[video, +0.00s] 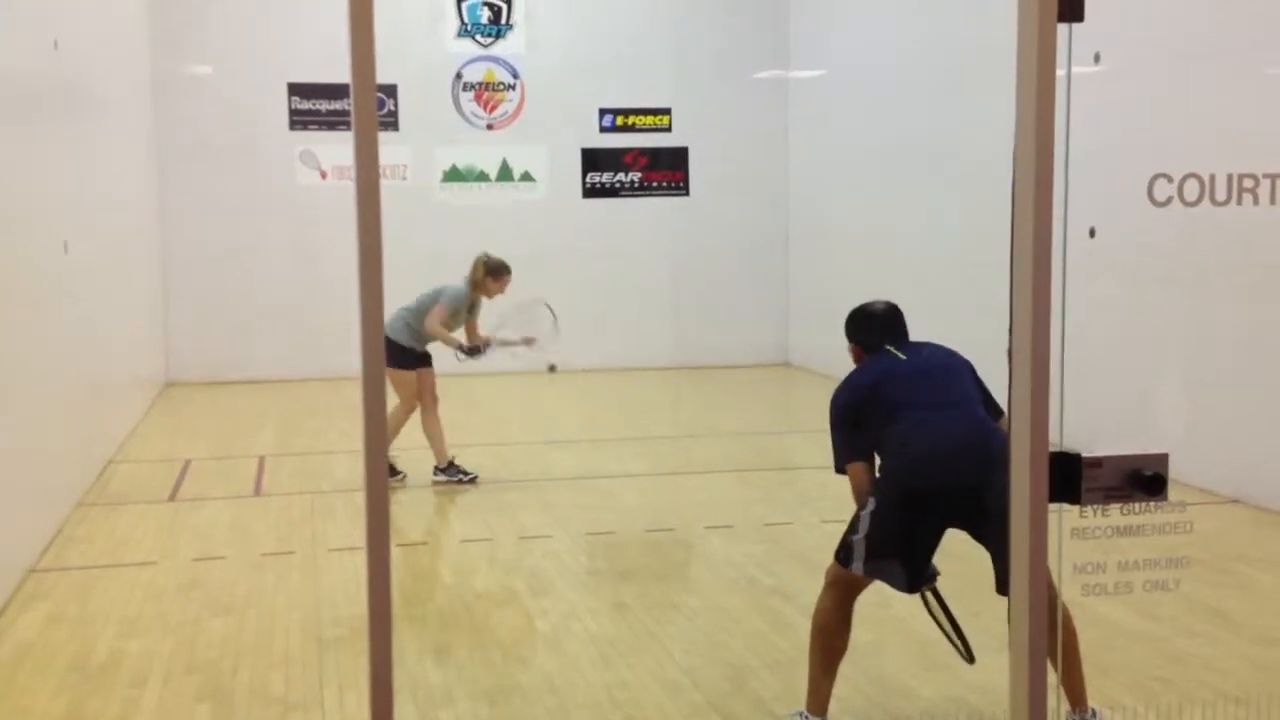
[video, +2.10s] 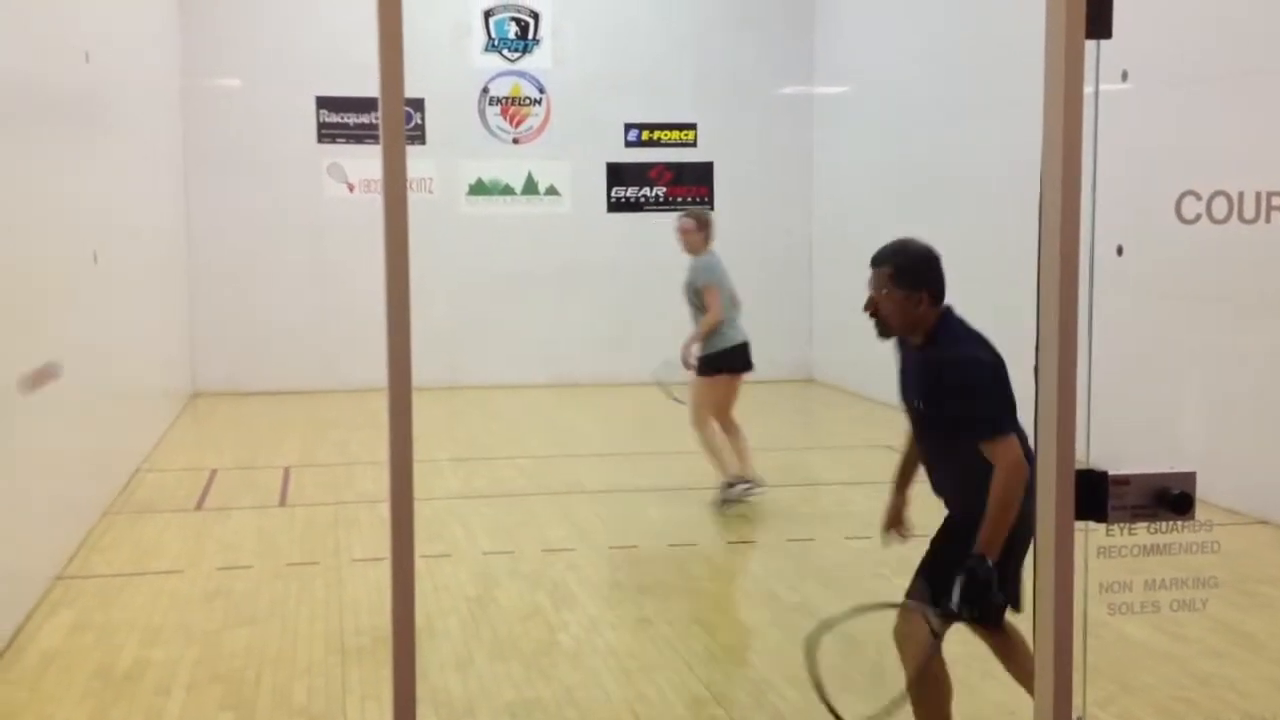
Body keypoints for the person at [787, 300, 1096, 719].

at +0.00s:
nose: (851, 355)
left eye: (850, 348)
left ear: (855, 351)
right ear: (904, 336)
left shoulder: (852, 390)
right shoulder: (949, 358)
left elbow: (863, 487)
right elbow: (999, 426)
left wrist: (900, 556)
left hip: (913, 483)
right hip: (989, 476)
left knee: (840, 586)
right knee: (1040, 585)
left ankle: (814, 713)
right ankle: (1082, 709)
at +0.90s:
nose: (907, 349)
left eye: (907, 343)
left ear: (913, 344)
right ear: (962, 335)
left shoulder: (899, 382)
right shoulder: (1004, 365)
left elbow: (873, 482)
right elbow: (1068, 441)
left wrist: (884, 527)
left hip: (929, 487)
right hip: (1008, 486)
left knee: (865, 596)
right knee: (1058, 593)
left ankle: (815, 713)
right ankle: (1077, 713)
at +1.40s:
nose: (858, 307)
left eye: (859, 300)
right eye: (859, 299)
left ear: (868, 303)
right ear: (914, 294)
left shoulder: (864, 355)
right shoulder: (960, 334)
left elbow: (847, 445)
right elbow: (996, 419)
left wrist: (824, 506)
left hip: (913, 491)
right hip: (988, 488)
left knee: (841, 590)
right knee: (1022, 609)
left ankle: (821, 711)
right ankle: (1064, 710)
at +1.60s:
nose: (853, 301)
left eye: (858, 290)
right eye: (853, 290)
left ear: (886, 287)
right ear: (906, 283)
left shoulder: (892, 337)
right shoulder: (955, 315)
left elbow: (890, 428)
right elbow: (981, 405)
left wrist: (847, 515)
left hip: (942, 487)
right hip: (1002, 483)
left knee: (875, 598)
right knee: (975, 596)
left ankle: (835, 711)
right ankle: (1044, 702)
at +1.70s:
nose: (864, 294)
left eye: (871, 284)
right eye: (864, 284)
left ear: (899, 283)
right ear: (914, 279)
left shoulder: (918, 333)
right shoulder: (964, 313)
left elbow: (928, 430)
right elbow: (991, 408)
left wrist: (888, 522)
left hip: (958, 490)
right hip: (1002, 486)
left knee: (893, 602)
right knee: (986, 598)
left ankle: (850, 714)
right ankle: (1049, 703)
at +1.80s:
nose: (874, 294)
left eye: (880, 282)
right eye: (874, 282)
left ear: (911, 280)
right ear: (924, 277)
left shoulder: (934, 332)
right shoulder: (968, 313)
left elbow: (955, 431)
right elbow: (986, 416)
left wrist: (931, 502)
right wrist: (944, 493)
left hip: (974, 484)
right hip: (1008, 481)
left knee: (899, 596)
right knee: (988, 592)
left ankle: (893, 712)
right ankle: (1048, 696)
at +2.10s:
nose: (869, 304)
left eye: (880, 292)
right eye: (871, 291)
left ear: (922, 300)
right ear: (917, 300)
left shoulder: (966, 359)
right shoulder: (913, 341)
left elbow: (1013, 464)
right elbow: (925, 424)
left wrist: (983, 557)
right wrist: (900, 492)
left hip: (992, 508)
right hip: (976, 503)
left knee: (913, 631)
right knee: (986, 615)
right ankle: (1055, 704)